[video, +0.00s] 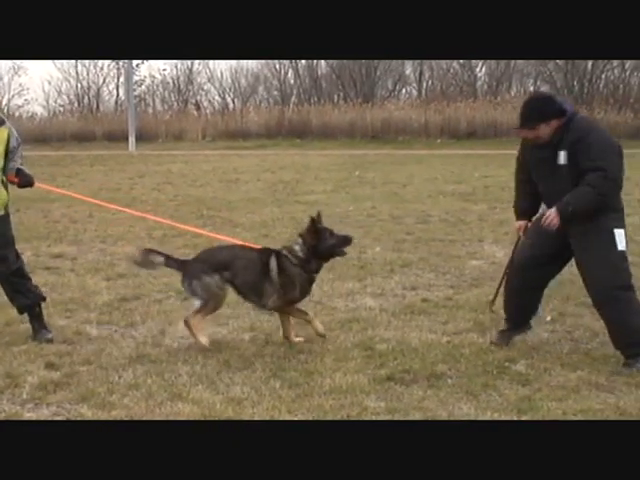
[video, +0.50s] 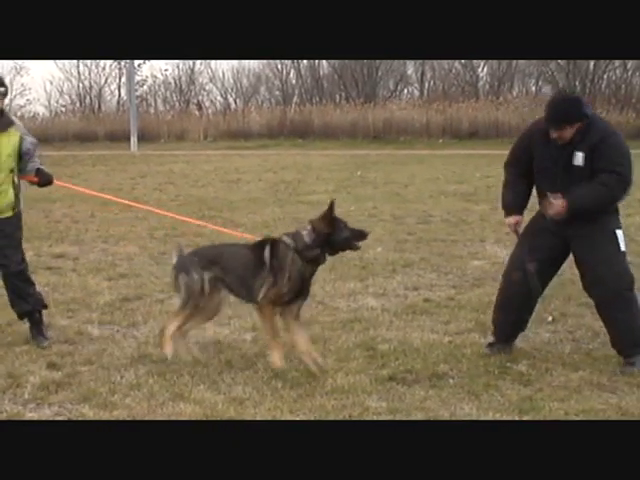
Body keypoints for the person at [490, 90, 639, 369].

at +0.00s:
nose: (528, 136)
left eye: (532, 129)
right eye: (526, 130)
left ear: (552, 123)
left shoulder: (593, 139)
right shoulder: (532, 143)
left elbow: (603, 185)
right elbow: (525, 179)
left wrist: (563, 210)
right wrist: (523, 215)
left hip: (596, 221)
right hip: (554, 220)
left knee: (609, 287)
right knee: (522, 268)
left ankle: (634, 352)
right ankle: (516, 324)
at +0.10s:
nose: (542, 134)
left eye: (547, 129)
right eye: (539, 129)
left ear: (567, 122)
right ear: (536, 125)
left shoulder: (599, 140)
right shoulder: (533, 143)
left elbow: (613, 184)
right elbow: (520, 176)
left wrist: (573, 212)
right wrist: (514, 215)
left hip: (596, 223)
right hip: (553, 220)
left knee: (613, 285)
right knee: (521, 269)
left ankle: (634, 354)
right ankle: (506, 333)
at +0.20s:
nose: (538, 133)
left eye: (544, 128)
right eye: (536, 127)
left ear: (565, 122)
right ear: (533, 122)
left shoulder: (598, 141)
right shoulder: (529, 143)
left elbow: (621, 181)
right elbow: (512, 177)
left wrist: (593, 219)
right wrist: (505, 217)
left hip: (593, 227)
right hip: (548, 225)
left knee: (615, 289)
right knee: (520, 277)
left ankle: (634, 354)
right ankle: (502, 339)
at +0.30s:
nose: (532, 132)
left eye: (538, 127)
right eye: (530, 127)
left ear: (559, 122)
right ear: (527, 122)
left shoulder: (592, 138)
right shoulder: (523, 145)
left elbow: (620, 176)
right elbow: (504, 180)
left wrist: (602, 216)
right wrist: (495, 220)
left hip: (590, 227)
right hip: (545, 225)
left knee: (615, 287)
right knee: (517, 277)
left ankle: (634, 352)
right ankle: (502, 338)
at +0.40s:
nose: (541, 143)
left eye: (546, 137)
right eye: (538, 137)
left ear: (563, 128)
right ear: (532, 129)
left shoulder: (593, 133)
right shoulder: (526, 139)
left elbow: (611, 173)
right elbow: (509, 172)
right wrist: (511, 213)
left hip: (593, 221)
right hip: (548, 221)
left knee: (612, 281)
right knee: (519, 274)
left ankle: (632, 349)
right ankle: (503, 339)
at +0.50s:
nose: (555, 134)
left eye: (561, 129)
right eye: (552, 128)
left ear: (578, 124)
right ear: (547, 121)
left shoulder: (605, 140)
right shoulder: (536, 135)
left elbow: (616, 182)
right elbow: (517, 170)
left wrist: (570, 203)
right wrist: (513, 210)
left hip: (595, 224)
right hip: (549, 222)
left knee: (611, 285)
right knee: (519, 275)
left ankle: (632, 352)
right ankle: (502, 338)